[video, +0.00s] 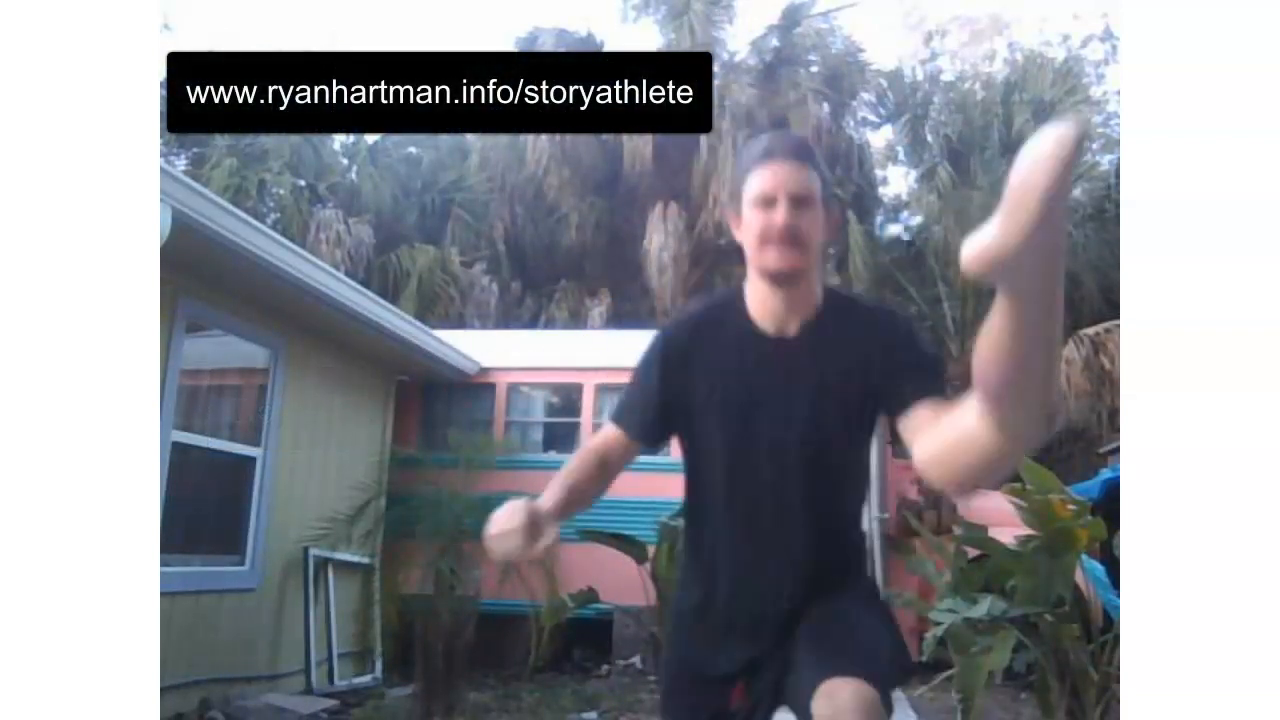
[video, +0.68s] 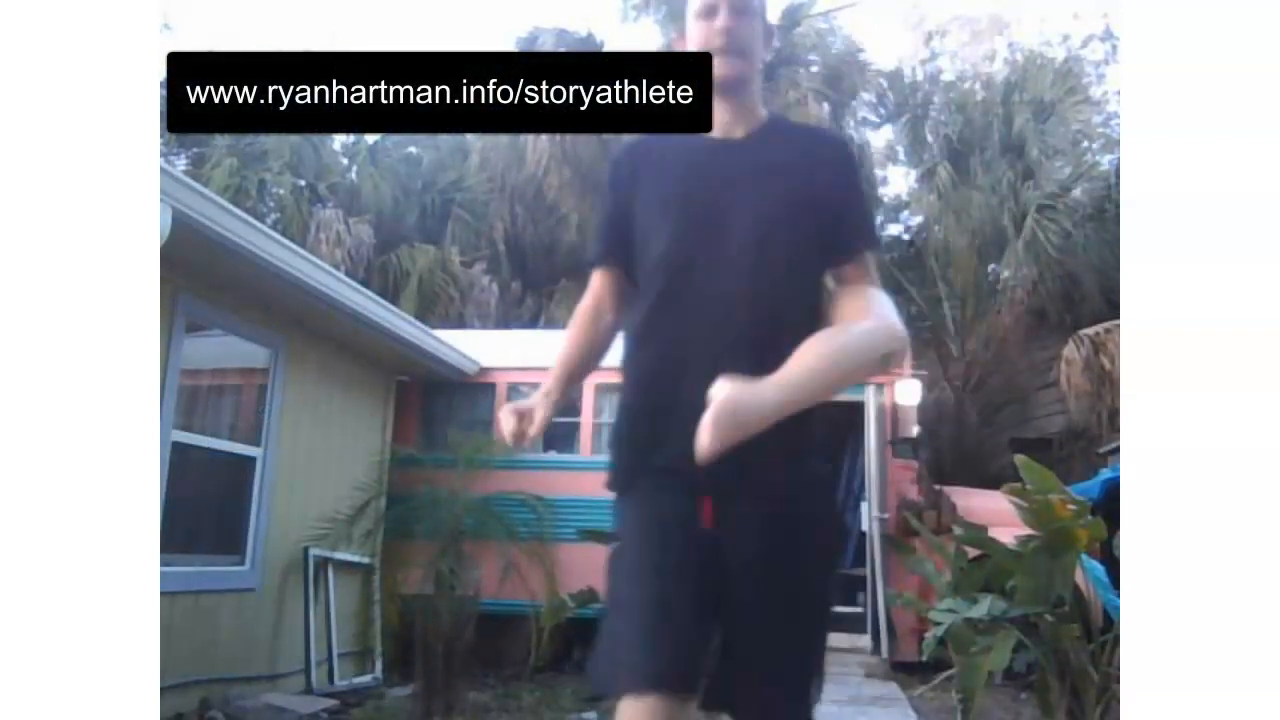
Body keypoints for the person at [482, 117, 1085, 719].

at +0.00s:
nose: (784, 220)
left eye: (802, 202)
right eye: (765, 203)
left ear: (829, 220)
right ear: (737, 223)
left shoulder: (877, 336)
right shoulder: (690, 340)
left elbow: (944, 459)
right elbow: (610, 447)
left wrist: (1002, 425)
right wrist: (548, 508)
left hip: (832, 600)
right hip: (715, 609)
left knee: (849, 703)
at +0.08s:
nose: (789, 104)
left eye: (807, 90)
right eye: (772, 89)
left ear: (832, 114)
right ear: (742, 115)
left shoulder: (872, 227)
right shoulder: (687, 230)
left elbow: (923, 363)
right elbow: (616, 344)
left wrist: (981, 334)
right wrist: (506, 381)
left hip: (825, 522)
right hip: (704, 526)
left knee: (842, 701)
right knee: (694, 714)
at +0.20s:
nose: (768, 138)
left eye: (787, 125)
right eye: (752, 124)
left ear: (814, 151)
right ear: (725, 148)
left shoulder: (854, 262)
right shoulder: (674, 261)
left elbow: (897, 386)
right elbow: (601, 370)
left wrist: (949, 365)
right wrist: (492, 392)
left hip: (817, 542)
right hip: (700, 544)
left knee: (837, 699)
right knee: (688, 711)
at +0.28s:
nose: (788, 267)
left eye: (808, 253)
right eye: (772, 250)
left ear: (837, 277)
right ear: (743, 270)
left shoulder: (868, 387)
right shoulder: (683, 374)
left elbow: (927, 526)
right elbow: (602, 486)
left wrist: (983, 500)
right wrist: (492, 523)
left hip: (817, 632)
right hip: (703, 638)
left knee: (856, 697)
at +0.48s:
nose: (766, 195)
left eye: (782, 182)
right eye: (749, 181)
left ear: (805, 205)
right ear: (720, 204)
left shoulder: (848, 312)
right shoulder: (675, 311)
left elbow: (893, 436)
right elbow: (615, 432)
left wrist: (954, 389)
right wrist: (514, 437)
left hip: (810, 588)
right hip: (696, 589)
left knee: (851, 698)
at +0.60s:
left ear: (865, 7)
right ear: (770, 0)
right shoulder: (702, 119)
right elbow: (654, 261)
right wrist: (587, 379)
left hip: (827, 481)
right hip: (691, 468)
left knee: (833, 710)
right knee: (664, 700)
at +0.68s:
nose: (724, 22)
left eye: (742, 10)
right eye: (706, 10)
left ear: (769, 37)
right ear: (681, 38)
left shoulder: (821, 156)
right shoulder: (639, 159)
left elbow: (868, 319)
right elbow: (605, 296)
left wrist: (771, 397)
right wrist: (550, 394)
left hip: (785, 477)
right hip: (660, 471)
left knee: (771, 704)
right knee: (647, 697)